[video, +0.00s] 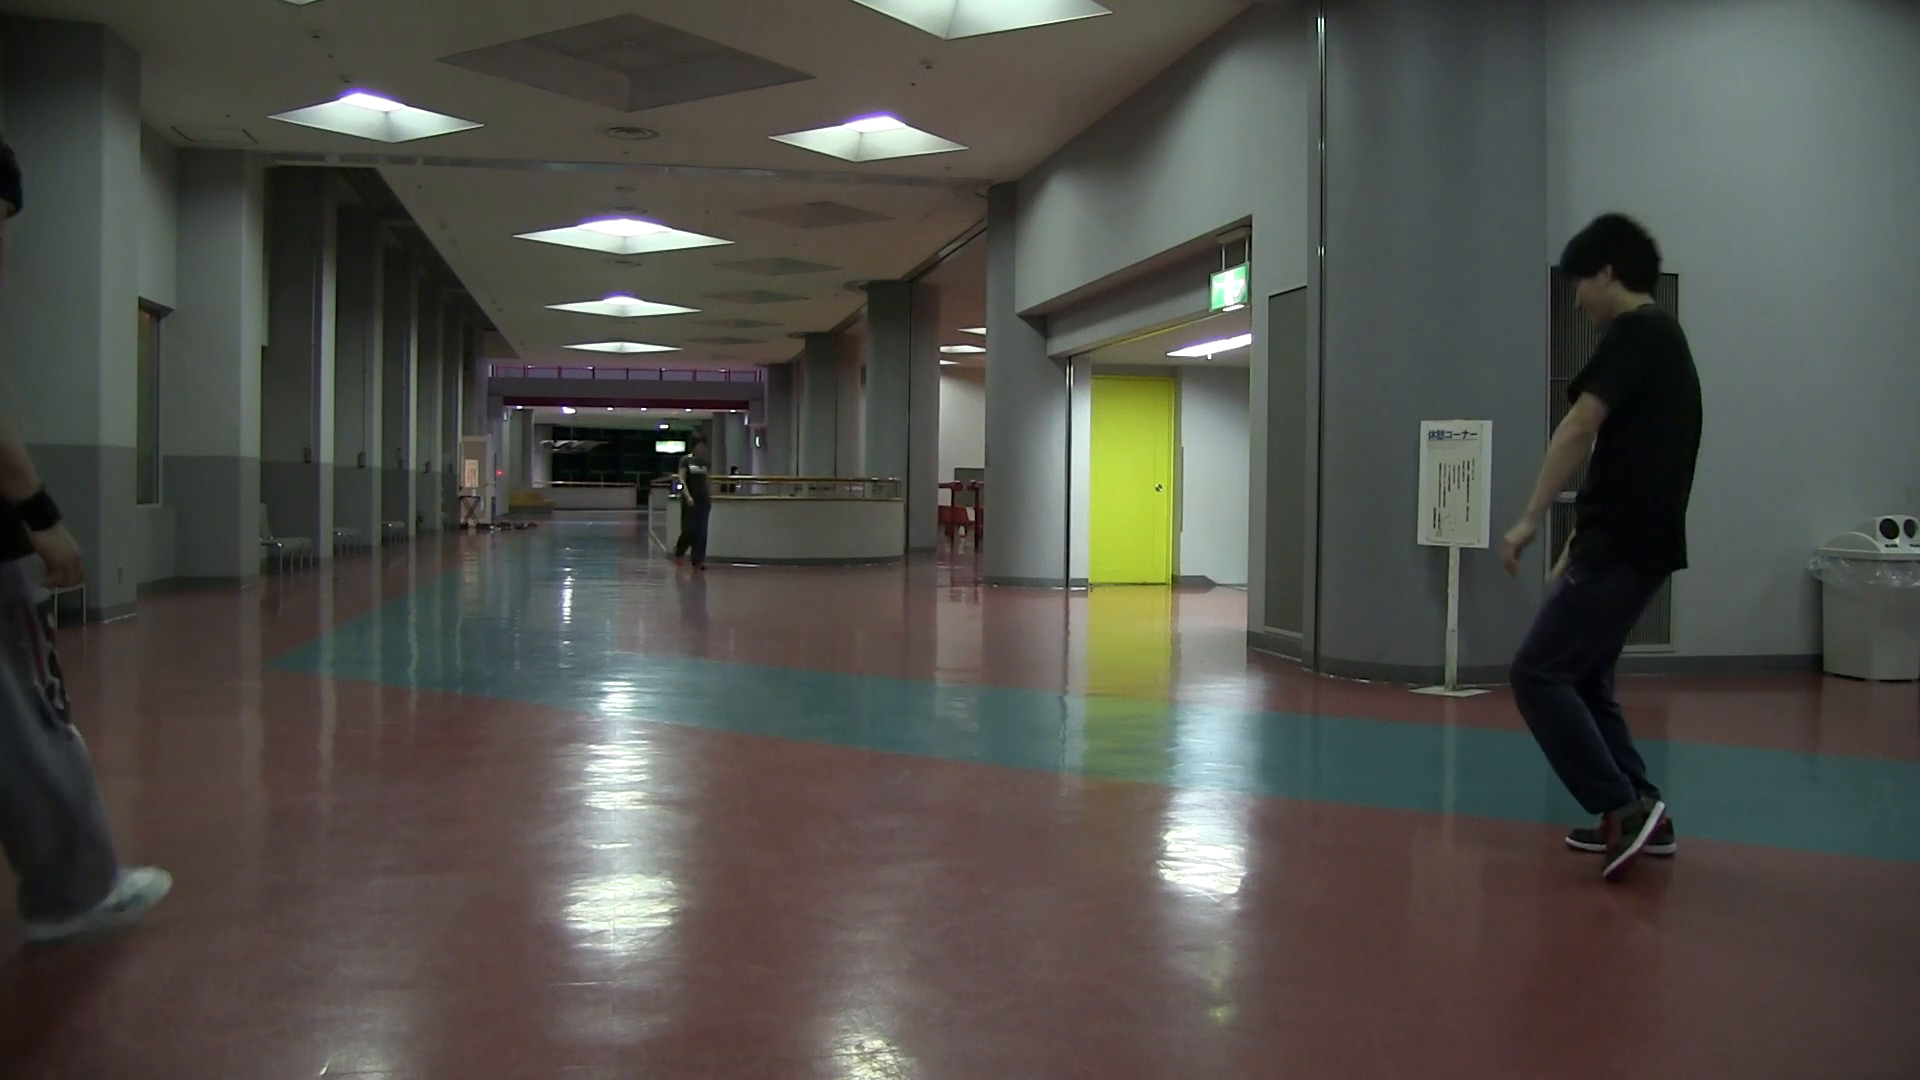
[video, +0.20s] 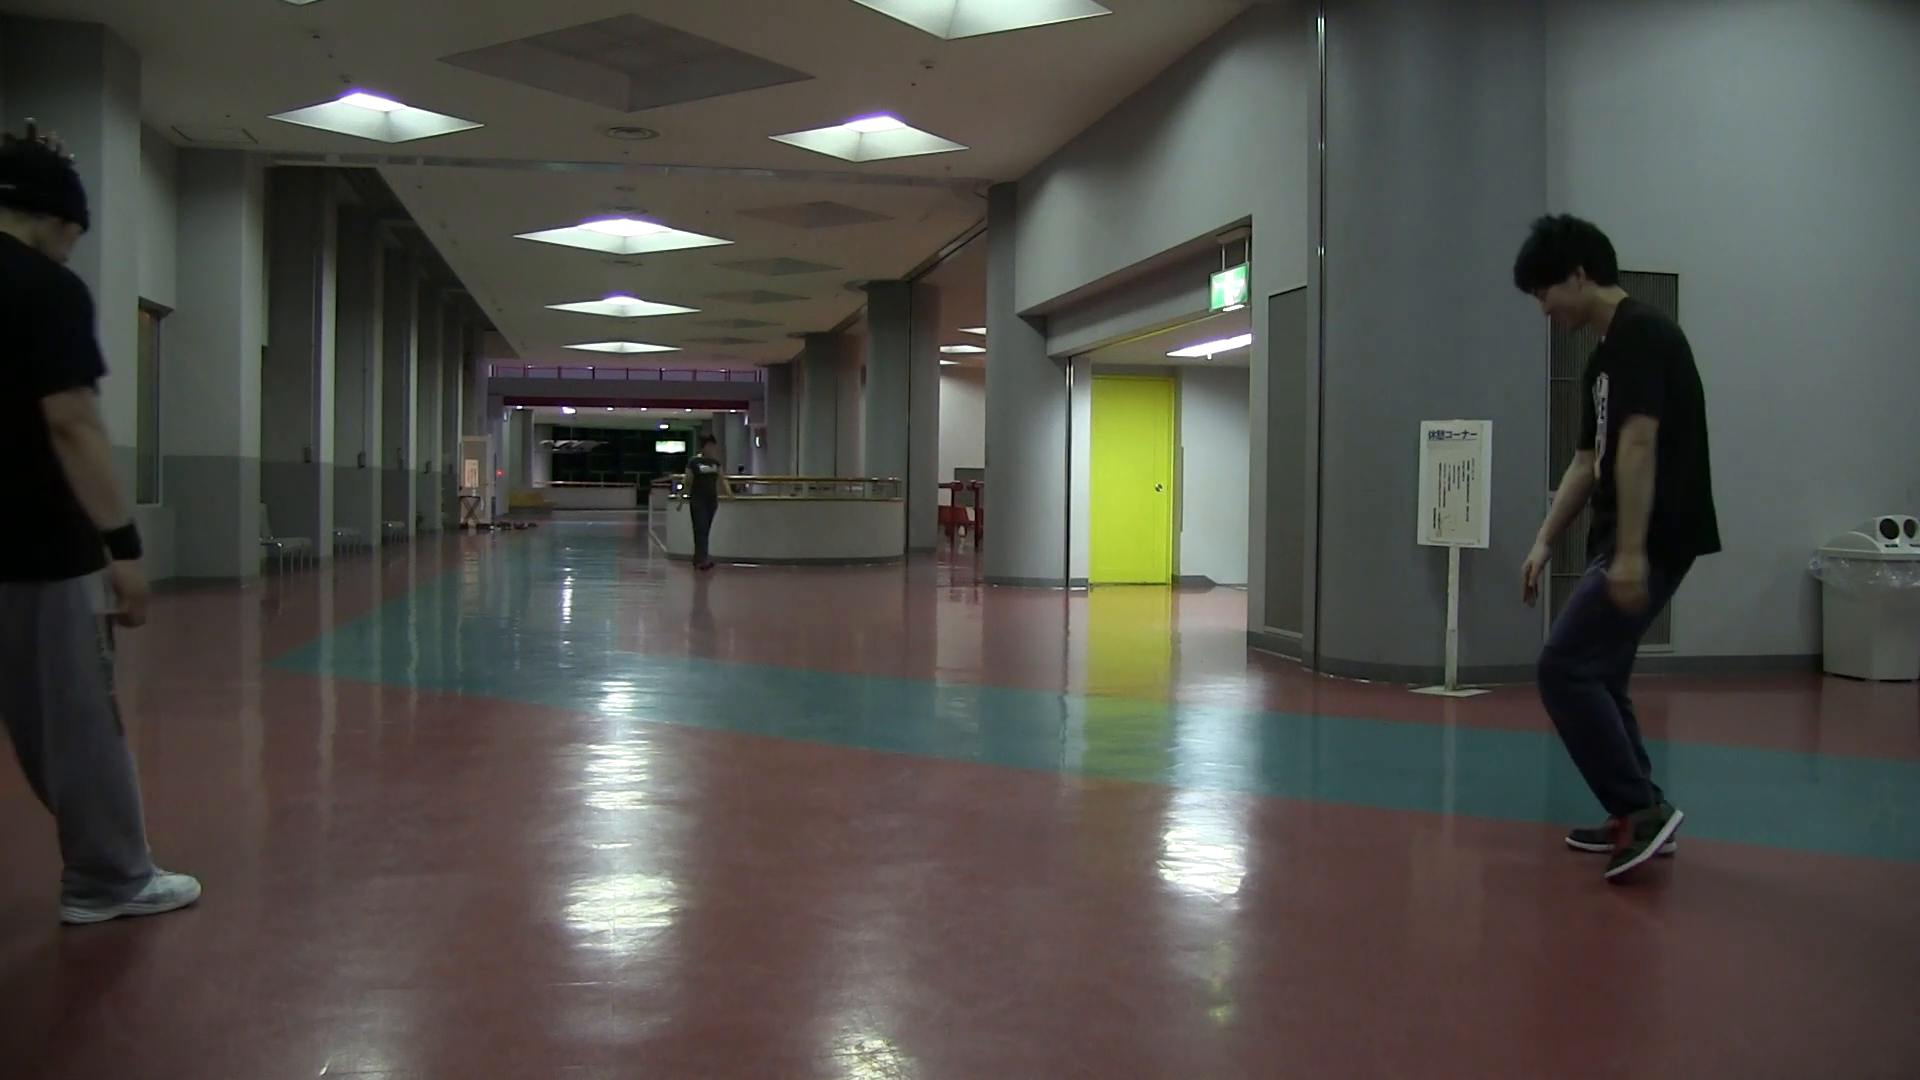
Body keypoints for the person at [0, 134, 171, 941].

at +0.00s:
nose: (6, 236)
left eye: (8, 219)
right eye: (6, 219)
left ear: (8, 214)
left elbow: (3, 438)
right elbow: (0, 436)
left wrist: (39, 519)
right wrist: (42, 519)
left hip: (6, 552)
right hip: (3, 555)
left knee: (25, 707)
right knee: (24, 707)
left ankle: (68, 881)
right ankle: (68, 885)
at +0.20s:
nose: (74, 245)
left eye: (75, 231)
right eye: (73, 230)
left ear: (8, 208)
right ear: (55, 219)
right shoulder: (45, 286)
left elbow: (69, 425)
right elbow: (69, 421)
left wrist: (112, 544)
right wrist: (123, 546)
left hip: (20, 542)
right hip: (32, 546)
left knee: (58, 709)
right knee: (69, 709)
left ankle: (103, 869)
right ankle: (109, 875)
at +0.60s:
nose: (195, 260)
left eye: (197, 247)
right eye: (197, 246)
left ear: (115, 216)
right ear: (182, 232)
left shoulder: (59, 269)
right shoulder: (186, 297)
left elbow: (77, 245)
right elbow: (230, 429)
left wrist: (118, 187)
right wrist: (299, 490)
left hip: (67, 513)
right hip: (154, 525)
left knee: (65, 685)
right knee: (143, 699)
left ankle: (41, 855)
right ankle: (113, 879)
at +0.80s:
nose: (238, 275)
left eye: (241, 263)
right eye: (239, 262)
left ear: (173, 226)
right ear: (228, 248)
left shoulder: (108, 284)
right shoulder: (217, 305)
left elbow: (146, 268)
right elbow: (270, 423)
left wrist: (171, 224)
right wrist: (371, 428)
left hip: (113, 517)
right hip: (188, 528)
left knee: (141, 685)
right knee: (164, 700)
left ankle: (205, 803)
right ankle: (108, 882)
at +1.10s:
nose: (299, 282)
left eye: (304, 268)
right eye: (300, 266)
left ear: (236, 240)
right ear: (272, 251)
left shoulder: (191, 298)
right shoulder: (246, 305)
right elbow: (285, 409)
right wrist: (394, 438)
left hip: (206, 521)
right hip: (254, 527)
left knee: (234, 673)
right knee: (271, 675)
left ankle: (253, 821)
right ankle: (150, 823)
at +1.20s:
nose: (322, 276)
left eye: (326, 264)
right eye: (319, 261)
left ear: (261, 245)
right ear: (287, 251)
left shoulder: (222, 299)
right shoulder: (261, 304)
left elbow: (248, 401)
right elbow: (284, 411)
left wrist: (300, 322)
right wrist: (370, 479)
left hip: (227, 517)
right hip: (275, 522)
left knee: (241, 664)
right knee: (325, 664)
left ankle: (257, 816)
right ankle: (207, 794)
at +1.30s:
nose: (344, 280)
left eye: (347, 269)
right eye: (341, 265)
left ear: (288, 251)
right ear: (310, 254)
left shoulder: (258, 300)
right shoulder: (278, 305)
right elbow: (282, 413)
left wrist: (323, 272)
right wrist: (320, 512)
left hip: (250, 520)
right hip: (292, 520)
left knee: (257, 666)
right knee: (358, 659)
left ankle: (246, 820)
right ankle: (284, 808)